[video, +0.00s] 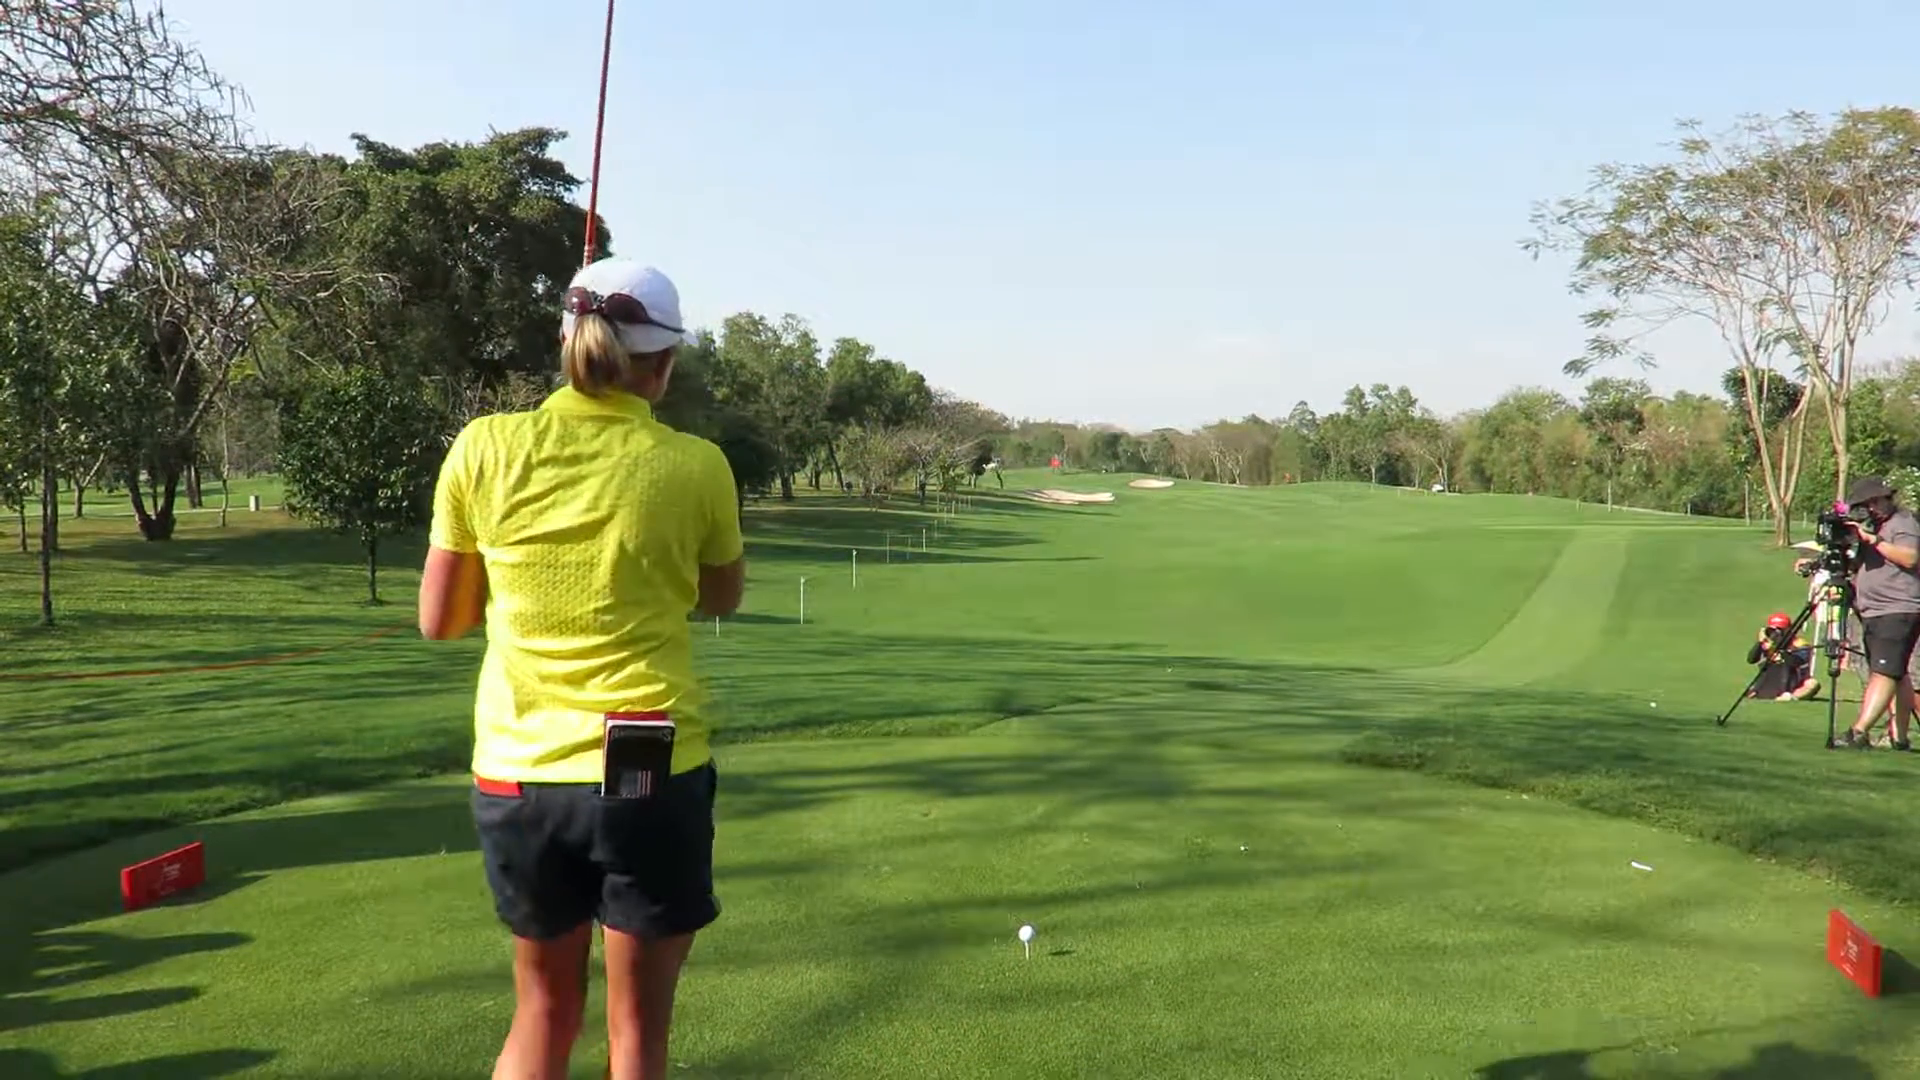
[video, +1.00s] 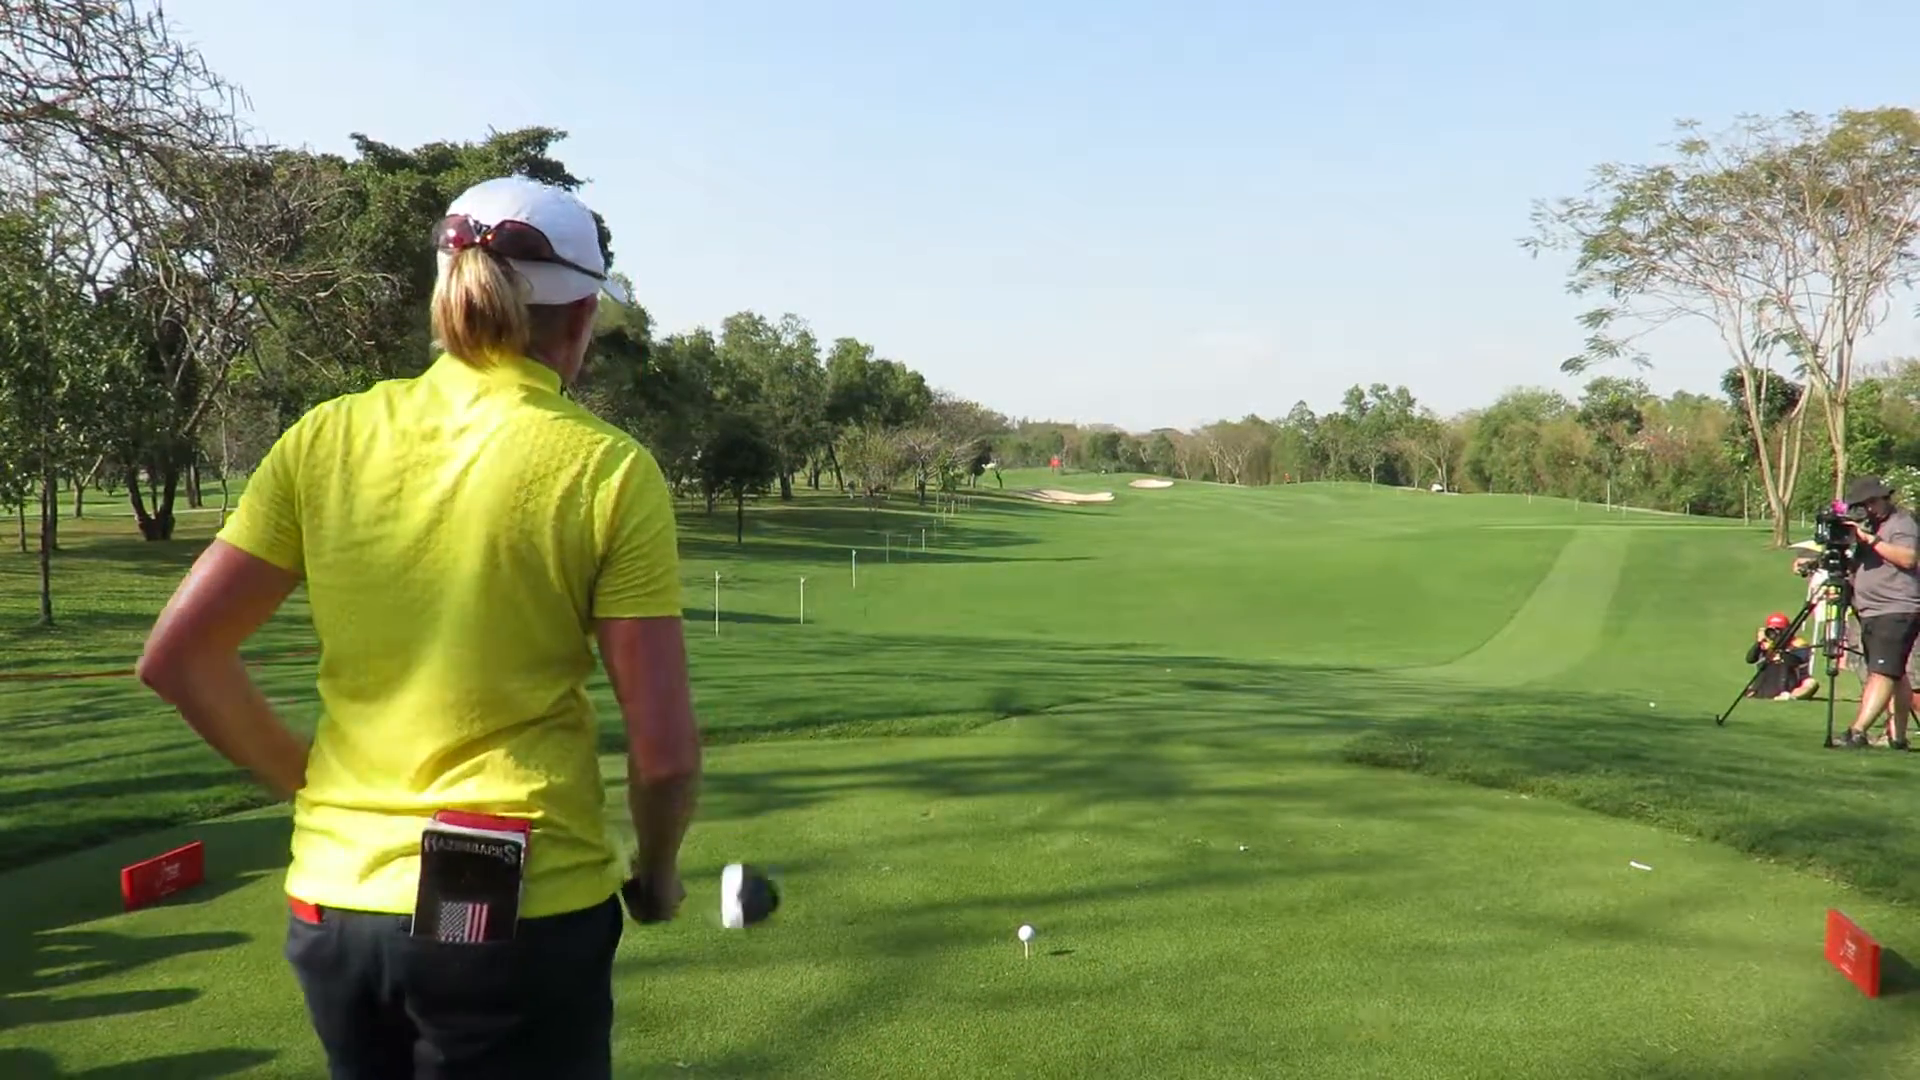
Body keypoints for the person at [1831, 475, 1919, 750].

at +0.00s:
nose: (1869, 511)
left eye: (1872, 504)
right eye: (1865, 507)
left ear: (1885, 500)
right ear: (1864, 508)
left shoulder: (1902, 523)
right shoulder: (1875, 528)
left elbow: (1910, 558)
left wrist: (1872, 541)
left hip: (1899, 609)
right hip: (1875, 610)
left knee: (1884, 670)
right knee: (1895, 675)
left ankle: (1859, 730)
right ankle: (1899, 736)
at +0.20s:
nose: (1869, 511)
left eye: (1872, 504)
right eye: (1865, 507)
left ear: (1887, 499)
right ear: (1864, 508)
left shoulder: (1904, 524)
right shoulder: (1873, 529)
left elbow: (1911, 559)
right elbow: (1859, 566)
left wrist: (1872, 540)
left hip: (1899, 610)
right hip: (1874, 612)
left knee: (1884, 671)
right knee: (1897, 677)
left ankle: (1859, 730)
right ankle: (1899, 737)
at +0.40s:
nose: (1870, 511)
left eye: (1874, 504)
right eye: (1865, 507)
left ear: (1889, 500)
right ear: (1863, 509)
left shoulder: (1903, 524)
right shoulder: (1874, 530)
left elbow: (1911, 559)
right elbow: (1863, 572)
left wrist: (1873, 541)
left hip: (1899, 611)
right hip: (1875, 613)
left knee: (1885, 671)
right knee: (1896, 677)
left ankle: (1859, 731)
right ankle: (1900, 738)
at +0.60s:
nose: (1870, 512)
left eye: (1873, 505)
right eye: (1866, 507)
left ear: (1887, 500)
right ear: (1864, 509)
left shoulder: (1903, 524)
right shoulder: (1875, 530)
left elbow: (1911, 560)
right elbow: (1865, 572)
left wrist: (1874, 541)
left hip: (1899, 611)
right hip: (1876, 613)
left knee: (1885, 672)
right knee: (1897, 678)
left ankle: (1860, 731)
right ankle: (1900, 738)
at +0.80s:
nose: (1865, 512)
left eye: (1869, 505)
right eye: (1862, 507)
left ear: (1884, 501)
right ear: (1864, 509)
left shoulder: (1901, 524)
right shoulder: (1873, 530)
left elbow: (1910, 559)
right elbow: (1860, 570)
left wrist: (1871, 541)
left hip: (1897, 610)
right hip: (1874, 612)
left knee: (1883, 671)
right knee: (1894, 676)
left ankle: (1858, 730)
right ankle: (1898, 736)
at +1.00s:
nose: (1865, 512)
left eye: (1868, 504)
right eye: (1861, 507)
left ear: (1884, 500)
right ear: (1863, 508)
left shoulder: (1902, 523)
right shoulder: (1873, 528)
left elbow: (1909, 559)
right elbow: (1859, 568)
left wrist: (1870, 541)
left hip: (1898, 610)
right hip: (1873, 612)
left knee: (1883, 671)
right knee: (1894, 675)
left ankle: (1857, 730)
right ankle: (1898, 736)